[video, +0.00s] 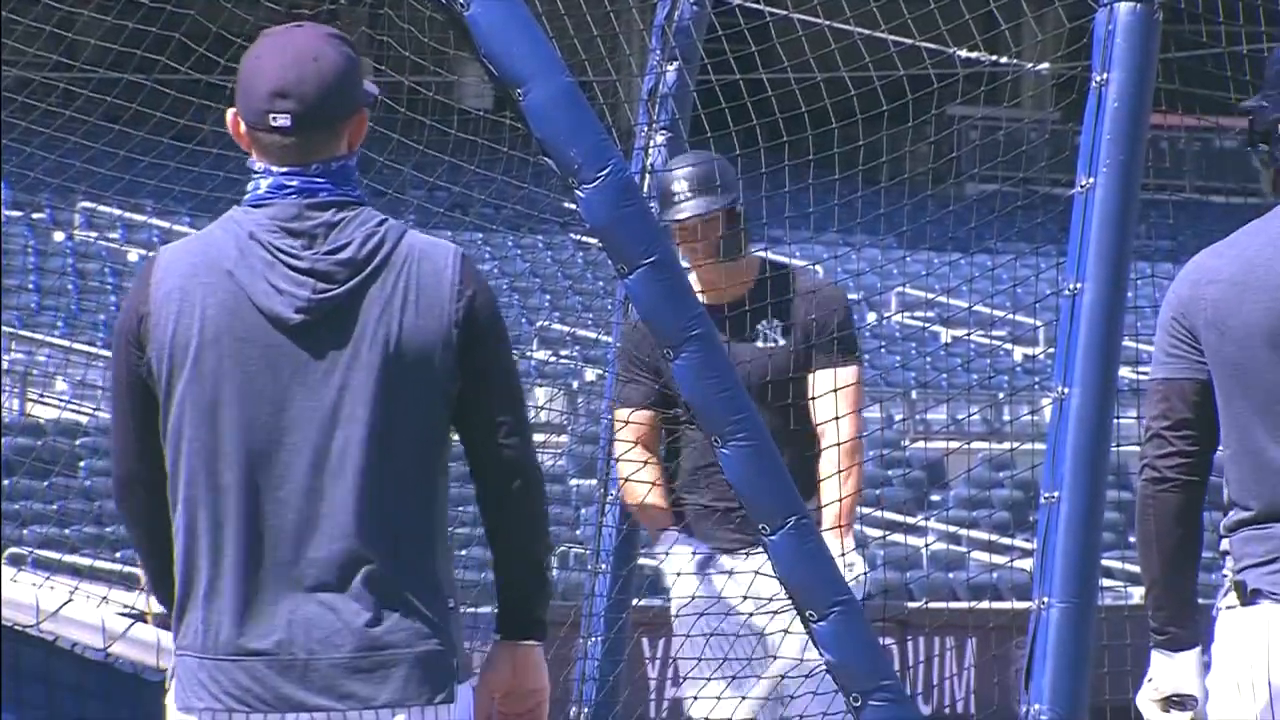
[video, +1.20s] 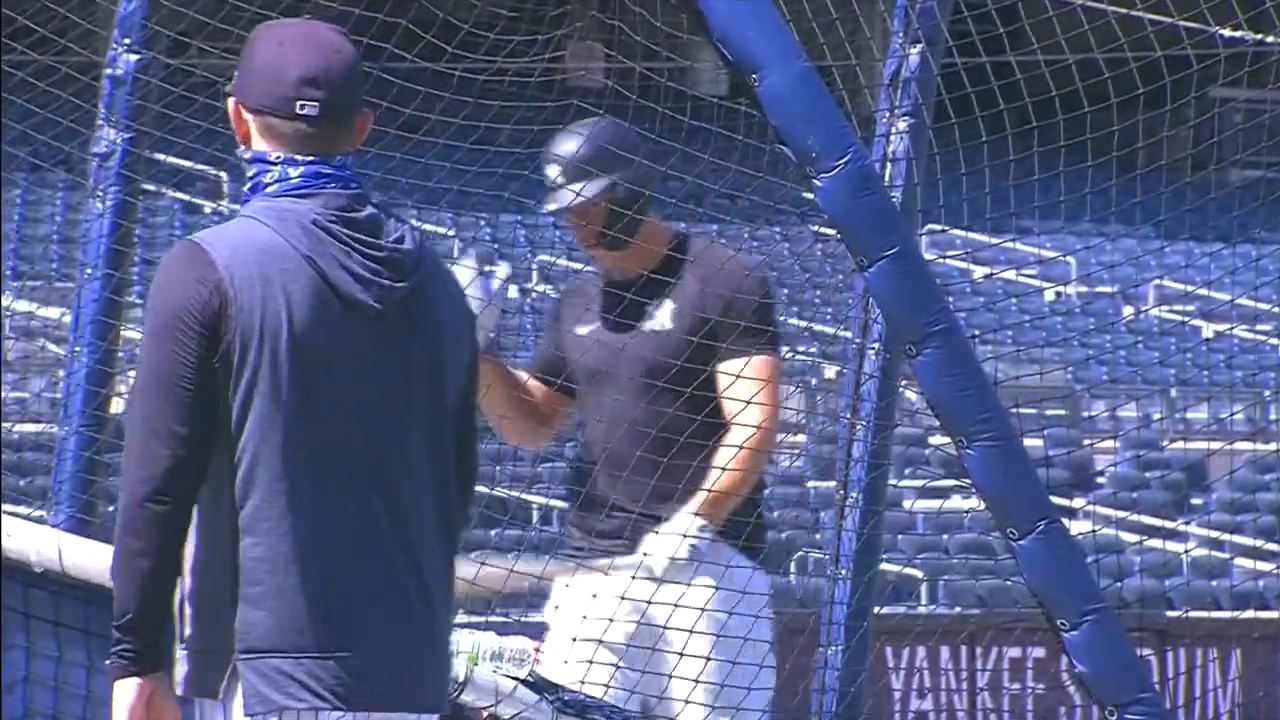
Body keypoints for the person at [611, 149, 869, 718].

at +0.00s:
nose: (688, 238)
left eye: (701, 222)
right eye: (675, 226)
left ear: (734, 218)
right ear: (662, 230)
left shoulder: (812, 303)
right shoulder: (651, 317)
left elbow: (840, 438)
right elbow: (631, 445)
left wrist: (830, 543)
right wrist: (669, 540)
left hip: (802, 553)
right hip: (700, 559)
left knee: (820, 708)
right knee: (715, 708)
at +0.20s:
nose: (645, 252)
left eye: (658, 234)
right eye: (634, 237)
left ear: (693, 228)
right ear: (620, 239)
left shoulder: (776, 307)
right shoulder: (630, 334)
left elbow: (819, 448)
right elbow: (611, 456)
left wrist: (849, 581)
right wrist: (580, 568)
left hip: (766, 557)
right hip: (671, 569)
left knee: (746, 706)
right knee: (705, 708)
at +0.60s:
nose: (690, 266)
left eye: (702, 249)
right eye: (677, 253)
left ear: (745, 233)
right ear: (667, 244)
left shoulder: (811, 304)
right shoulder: (675, 303)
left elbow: (868, 413)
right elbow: (675, 418)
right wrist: (670, 537)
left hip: (796, 542)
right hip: (712, 551)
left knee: (766, 705)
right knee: (721, 706)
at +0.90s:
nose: (696, 229)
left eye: (707, 210)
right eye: (686, 215)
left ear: (754, 196)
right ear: (680, 210)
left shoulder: (828, 279)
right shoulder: (700, 283)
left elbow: (857, 431)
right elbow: (690, 408)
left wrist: (851, 567)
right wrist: (635, 506)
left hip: (798, 545)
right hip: (698, 544)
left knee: (797, 706)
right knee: (642, 704)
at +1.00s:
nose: (668, 226)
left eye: (682, 207)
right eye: (655, 211)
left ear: (726, 195)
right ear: (645, 209)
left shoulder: (807, 279)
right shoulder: (665, 292)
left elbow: (826, 431)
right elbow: (648, 415)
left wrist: (791, 550)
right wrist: (575, 463)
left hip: (779, 547)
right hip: (675, 552)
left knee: (783, 708)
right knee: (617, 708)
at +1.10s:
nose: (628, 232)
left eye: (642, 212)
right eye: (616, 217)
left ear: (685, 197)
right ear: (605, 215)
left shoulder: (768, 281)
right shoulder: (624, 298)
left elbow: (791, 425)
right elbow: (599, 418)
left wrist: (739, 531)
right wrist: (533, 411)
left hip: (748, 559)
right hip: (642, 567)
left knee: (771, 710)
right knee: (610, 712)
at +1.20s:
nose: (575, 228)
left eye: (585, 207)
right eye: (566, 213)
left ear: (630, 195)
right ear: (559, 212)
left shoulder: (725, 278)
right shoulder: (578, 300)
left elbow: (753, 422)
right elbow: (531, 426)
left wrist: (692, 521)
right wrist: (478, 350)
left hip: (706, 567)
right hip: (596, 567)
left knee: (719, 709)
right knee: (572, 712)